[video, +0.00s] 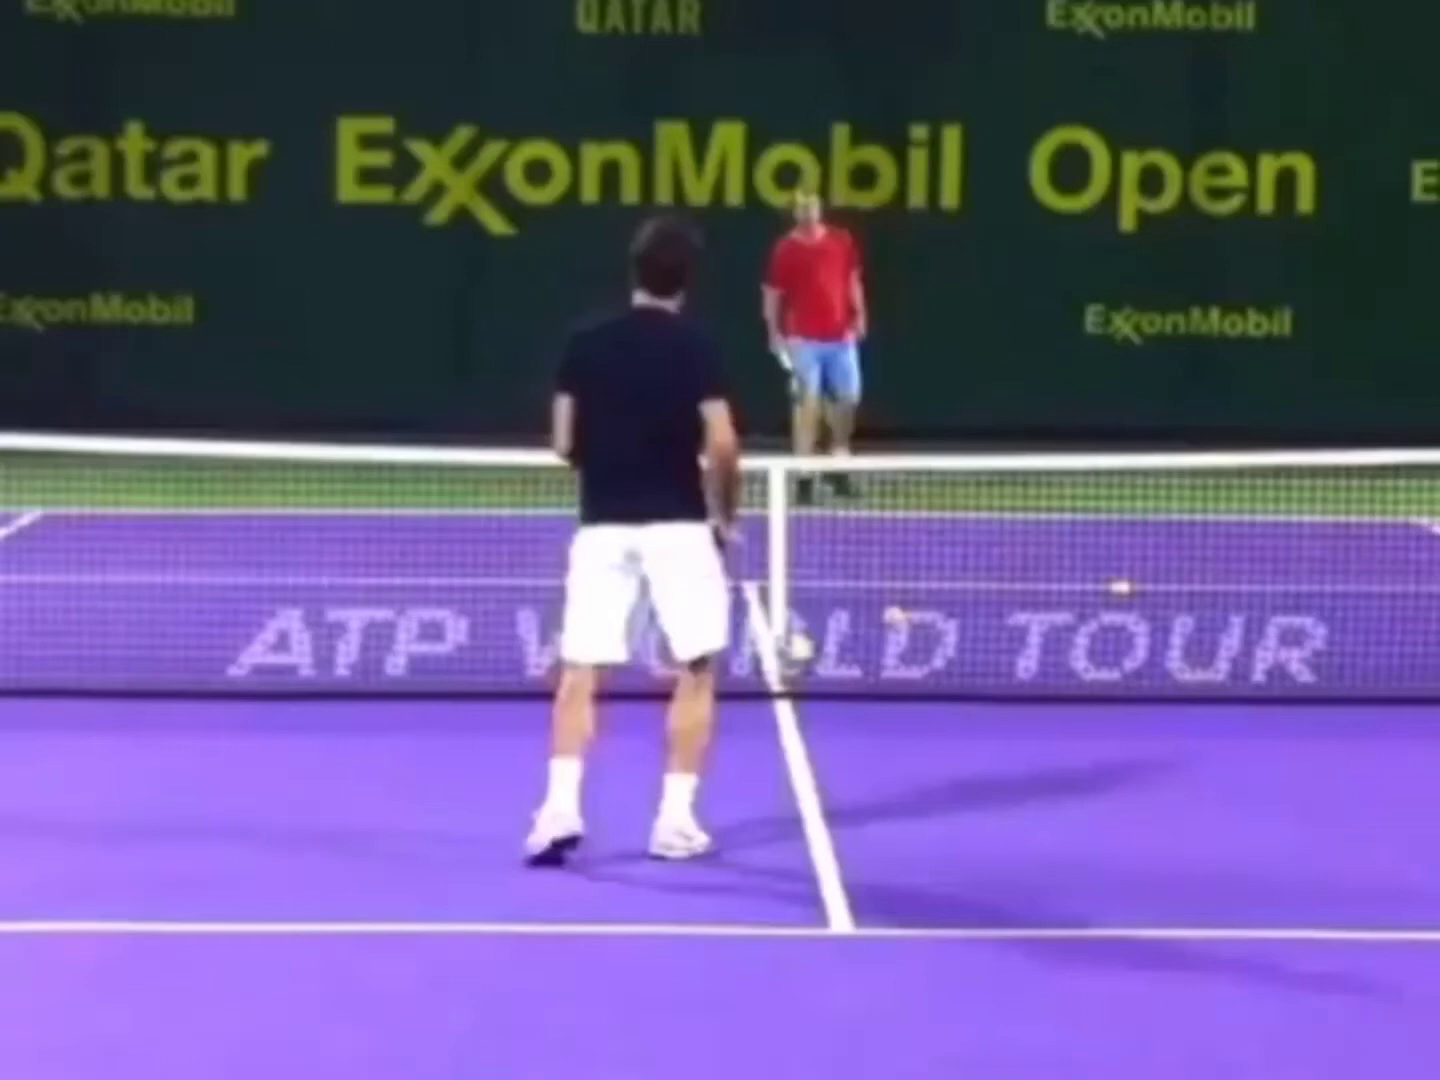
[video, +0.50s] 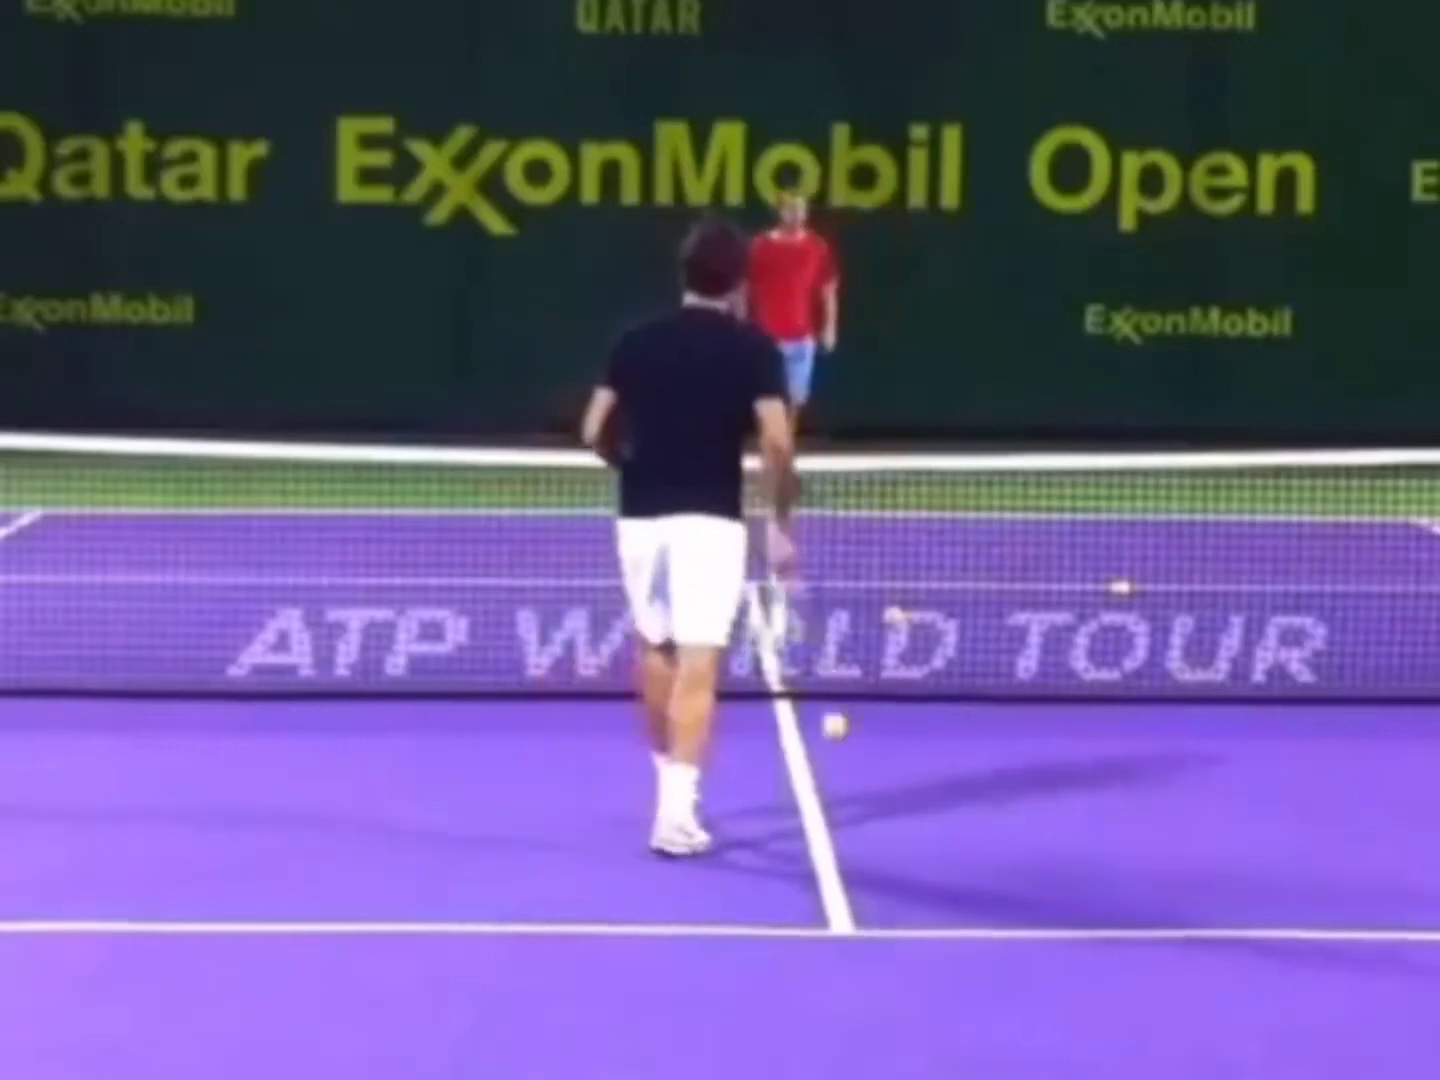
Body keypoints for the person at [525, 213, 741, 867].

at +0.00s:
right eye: (684, 272)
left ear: (634, 272)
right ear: (689, 279)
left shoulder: (588, 339)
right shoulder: (694, 345)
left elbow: (563, 440)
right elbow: (722, 442)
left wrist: (614, 462)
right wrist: (724, 511)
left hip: (601, 527)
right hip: (676, 526)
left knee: (578, 670)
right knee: (696, 673)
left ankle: (560, 805)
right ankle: (675, 814)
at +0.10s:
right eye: (691, 273)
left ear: (640, 273)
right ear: (695, 280)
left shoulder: (592, 339)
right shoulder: (697, 346)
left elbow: (564, 437)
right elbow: (727, 444)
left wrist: (613, 463)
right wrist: (728, 511)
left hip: (606, 528)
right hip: (681, 526)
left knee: (583, 667)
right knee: (698, 673)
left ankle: (563, 793)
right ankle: (676, 815)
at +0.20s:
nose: (705, 280)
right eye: (712, 271)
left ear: (659, 268)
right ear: (714, 278)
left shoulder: (609, 333)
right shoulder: (715, 344)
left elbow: (571, 425)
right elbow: (743, 443)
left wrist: (620, 453)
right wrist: (739, 502)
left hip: (619, 524)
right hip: (692, 523)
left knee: (607, 656)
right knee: (700, 671)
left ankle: (578, 766)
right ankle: (677, 815)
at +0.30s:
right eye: (721, 265)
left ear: (670, 264)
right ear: (723, 271)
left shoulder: (622, 325)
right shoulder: (733, 337)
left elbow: (579, 414)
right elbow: (760, 433)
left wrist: (622, 446)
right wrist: (749, 495)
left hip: (626, 511)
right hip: (698, 513)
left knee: (627, 641)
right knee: (701, 663)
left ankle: (606, 770)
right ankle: (677, 815)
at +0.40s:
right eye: (725, 266)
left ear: (677, 267)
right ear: (732, 273)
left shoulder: (632, 329)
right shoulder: (748, 341)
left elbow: (587, 417)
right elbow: (772, 432)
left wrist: (630, 449)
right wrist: (763, 493)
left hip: (633, 509)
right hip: (706, 512)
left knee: (644, 642)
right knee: (698, 665)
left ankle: (641, 787)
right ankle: (677, 810)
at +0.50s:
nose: (740, 289)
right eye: (741, 279)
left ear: (683, 277)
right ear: (738, 283)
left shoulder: (641, 338)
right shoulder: (752, 348)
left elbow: (594, 428)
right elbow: (777, 444)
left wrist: (633, 459)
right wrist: (781, 519)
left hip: (640, 517)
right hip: (712, 519)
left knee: (657, 652)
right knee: (698, 666)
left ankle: (670, 784)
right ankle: (675, 808)